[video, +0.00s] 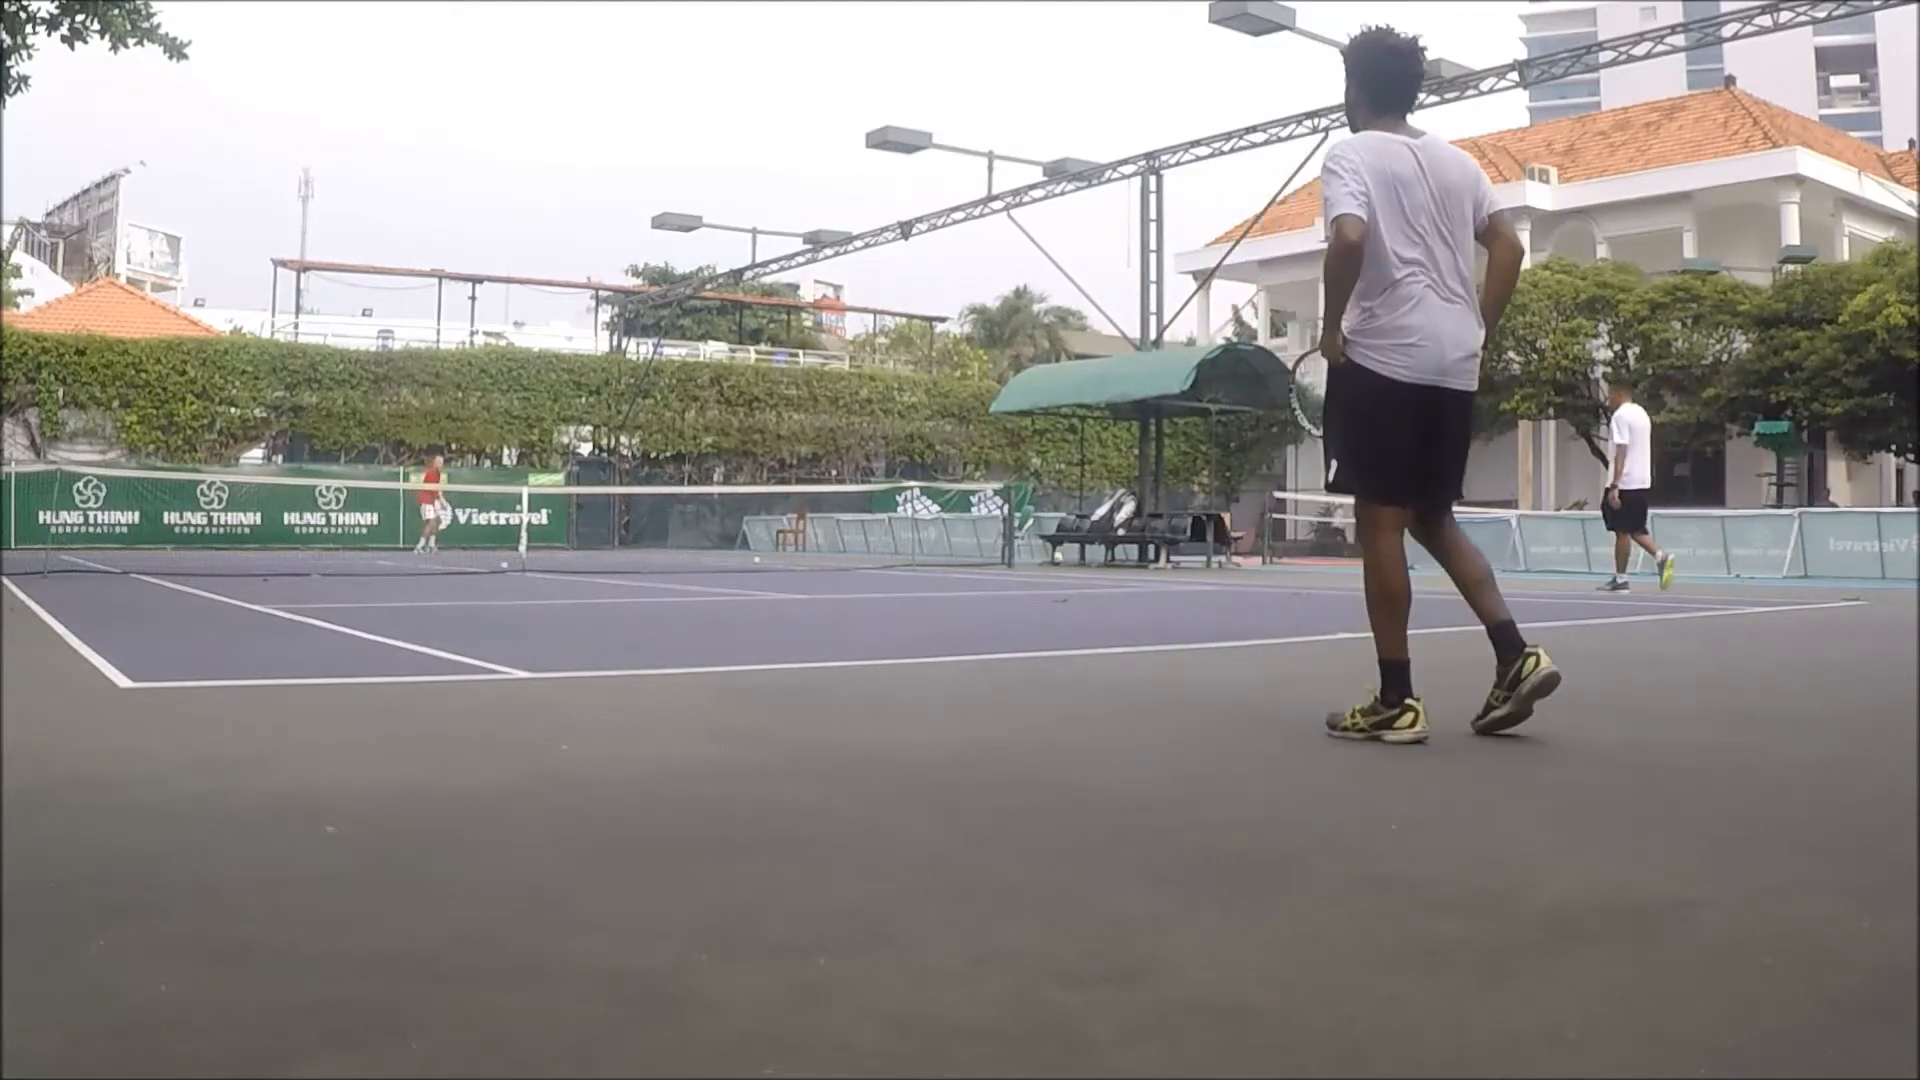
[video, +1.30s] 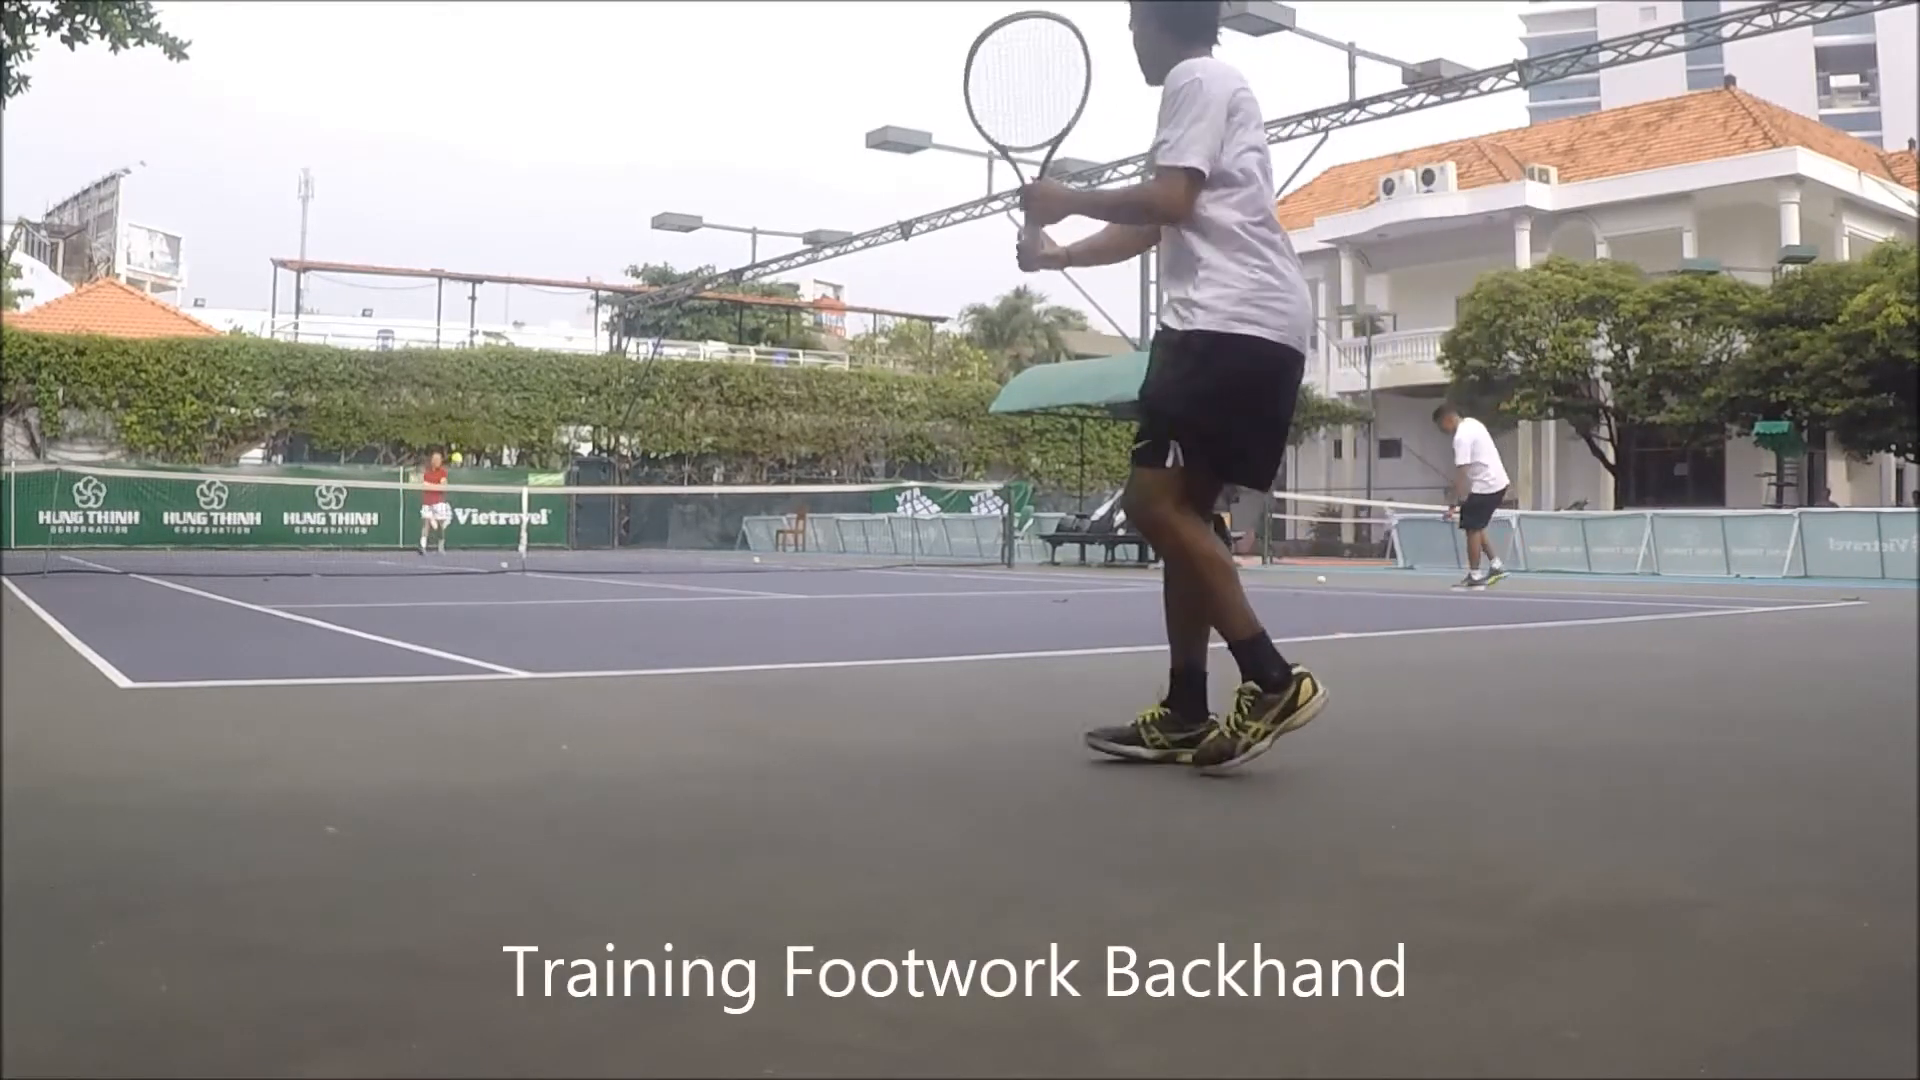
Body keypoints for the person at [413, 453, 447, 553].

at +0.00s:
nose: (441, 465)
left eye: (442, 462)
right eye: (438, 462)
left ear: (442, 463)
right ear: (432, 462)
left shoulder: (437, 474)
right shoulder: (430, 474)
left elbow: (437, 489)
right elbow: (434, 489)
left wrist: (441, 500)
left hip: (433, 500)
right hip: (426, 500)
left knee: (436, 521)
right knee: (431, 521)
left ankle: (431, 544)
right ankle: (420, 545)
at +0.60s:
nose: (439, 463)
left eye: (440, 460)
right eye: (437, 461)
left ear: (441, 461)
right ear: (431, 461)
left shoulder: (442, 472)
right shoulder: (422, 473)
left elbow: (444, 486)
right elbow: (420, 487)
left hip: (439, 499)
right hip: (427, 499)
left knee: (436, 522)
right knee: (430, 519)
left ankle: (424, 541)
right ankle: (426, 544)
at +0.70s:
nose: (438, 466)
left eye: (440, 464)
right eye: (435, 464)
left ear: (442, 463)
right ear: (431, 461)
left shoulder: (441, 472)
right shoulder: (426, 471)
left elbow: (442, 485)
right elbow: (425, 484)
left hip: (436, 498)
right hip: (427, 497)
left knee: (435, 521)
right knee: (430, 519)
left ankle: (420, 540)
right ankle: (425, 545)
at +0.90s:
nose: (438, 459)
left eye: (440, 456)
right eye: (436, 456)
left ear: (441, 457)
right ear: (430, 456)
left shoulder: (441, 468)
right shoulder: (424, 467)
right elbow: (417, 472)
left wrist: (422, 457)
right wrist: (417, 462)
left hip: (438, 493)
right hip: (429, 493)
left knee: (438, 519)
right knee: (431, 517)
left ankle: (423, 538)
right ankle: (426, 543)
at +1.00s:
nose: (438, 459)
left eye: (439, 457)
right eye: (435, 457)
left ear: (442, 458)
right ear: (429, 457)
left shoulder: (442, 468)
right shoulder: (424, 467)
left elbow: (438, 464)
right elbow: (416, 474)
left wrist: (423, 459)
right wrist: (417, 461)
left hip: (438, 493)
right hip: (428, 493)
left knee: (438, 522)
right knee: (431, 517)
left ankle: (426, 537)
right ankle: (426, 542)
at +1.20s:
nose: (437, 459)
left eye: (439, 457)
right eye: (435, 457)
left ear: (442, 459)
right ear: (431, 458)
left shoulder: (443, 469)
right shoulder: (427, 468)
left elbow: (439, 480)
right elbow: (421, 477)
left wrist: (424, 477)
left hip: (438, 495)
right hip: (427, 496)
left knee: (440, 520)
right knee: (427, 520)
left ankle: (441, 544)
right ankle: (425, 543)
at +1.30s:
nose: (436, 461)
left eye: (438, 459)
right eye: (434, 459)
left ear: (442, 460)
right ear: (430, 460)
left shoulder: (442, 472)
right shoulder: (427, 472)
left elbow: (443, 486)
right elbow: (423, 484)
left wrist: (428, 485)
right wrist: (438, 486)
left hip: (439, 502)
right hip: (427, 503)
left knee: (441, 526)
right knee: (426, 525)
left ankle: (441, 547)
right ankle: (423, 546)